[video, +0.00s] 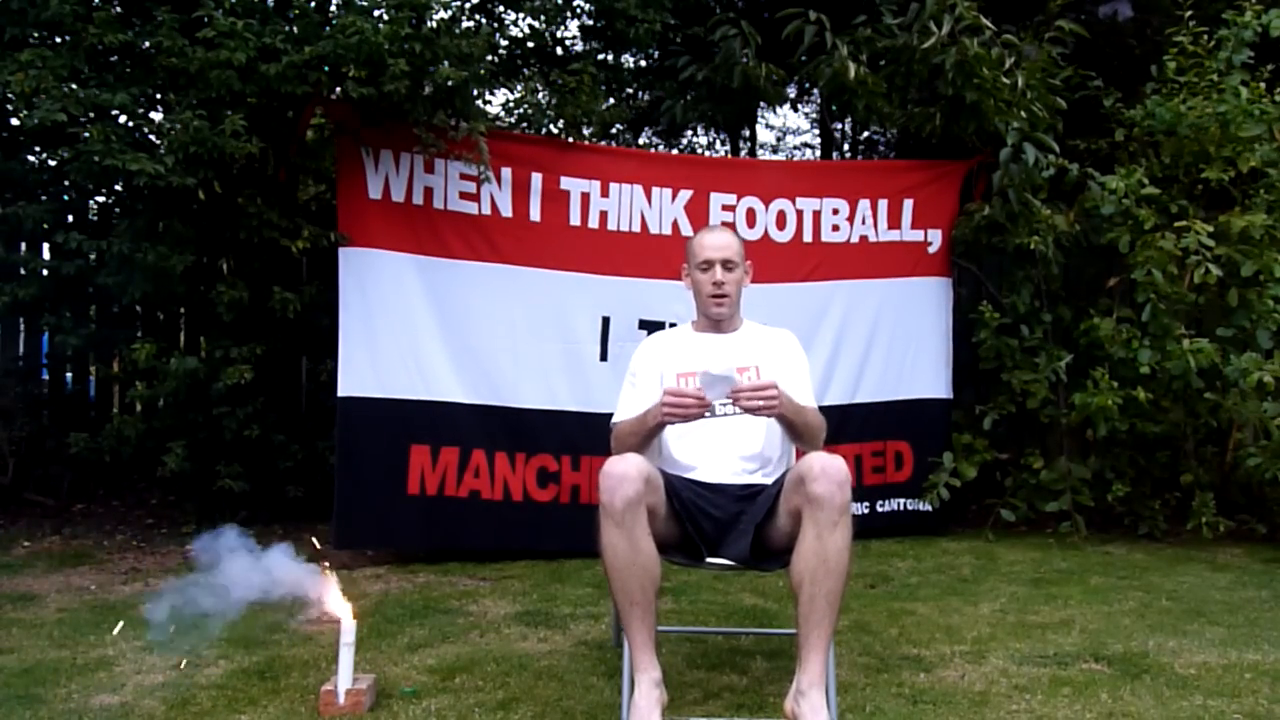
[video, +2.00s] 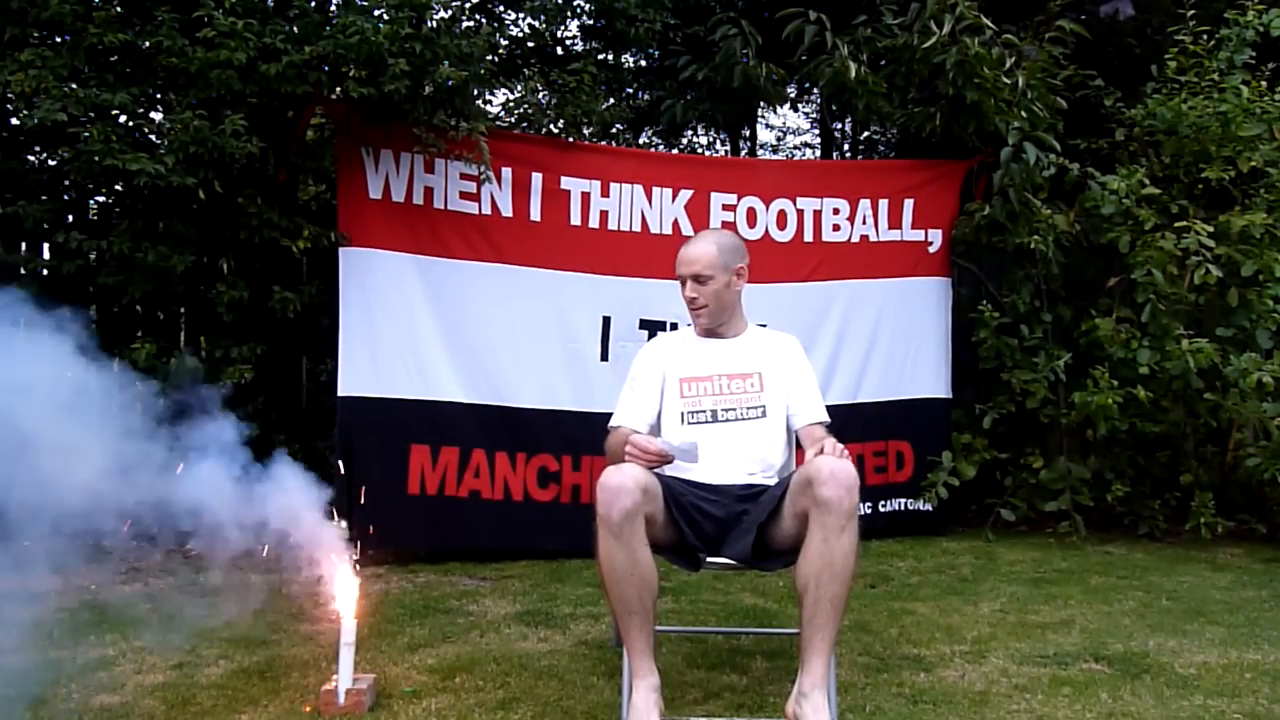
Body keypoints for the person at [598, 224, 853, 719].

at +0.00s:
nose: (718, 278)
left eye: (729, 267)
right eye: (705, 268)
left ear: (746, 275)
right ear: (687, 278)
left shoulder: (781, 345)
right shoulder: (655, 348)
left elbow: (814, 438)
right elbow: (619, 445)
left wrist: (782, 405)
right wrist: (656, 416)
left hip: (766, 505)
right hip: (677, 503)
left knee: (830, 473)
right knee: (618, 475)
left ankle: (810, 687)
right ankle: (646, 678)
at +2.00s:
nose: (689, 295)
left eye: (701, 281)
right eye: (683, 282)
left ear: (739, 279)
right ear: (678, 283)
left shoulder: (783, 349)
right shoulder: (660, 351)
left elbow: (813, 435)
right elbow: (615, 442)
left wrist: (825, 446)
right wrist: (632, 445)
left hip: (767, 504)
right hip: (679, 503)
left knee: (838, 477)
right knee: (615, 486)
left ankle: (812, 689)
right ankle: (643, 683)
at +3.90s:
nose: (684, 299)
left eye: (695, 285)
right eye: (678, 287)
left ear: (735, 279)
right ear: (674, 286)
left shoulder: (783, 350)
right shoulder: (659, 353)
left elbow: (812, 437)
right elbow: (616, 442)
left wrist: (824, 447)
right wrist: (635, 445)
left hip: (768, 504)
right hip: (680, 503)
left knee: (836, 477)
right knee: (617, 484)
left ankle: (812, 690)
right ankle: (642, 682)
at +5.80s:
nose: (727, 280)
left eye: (739, 269)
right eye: (715, 268)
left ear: (754, 278)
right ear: (695, 277)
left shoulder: (785, 348)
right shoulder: (661, 348)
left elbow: (815, 433)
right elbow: (623, 434)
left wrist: (824, 449)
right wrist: (623, 446)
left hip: (767, 502)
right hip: (680, 499)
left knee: (835, 499)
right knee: (619, 492)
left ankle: (803, 699)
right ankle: (644, 687)